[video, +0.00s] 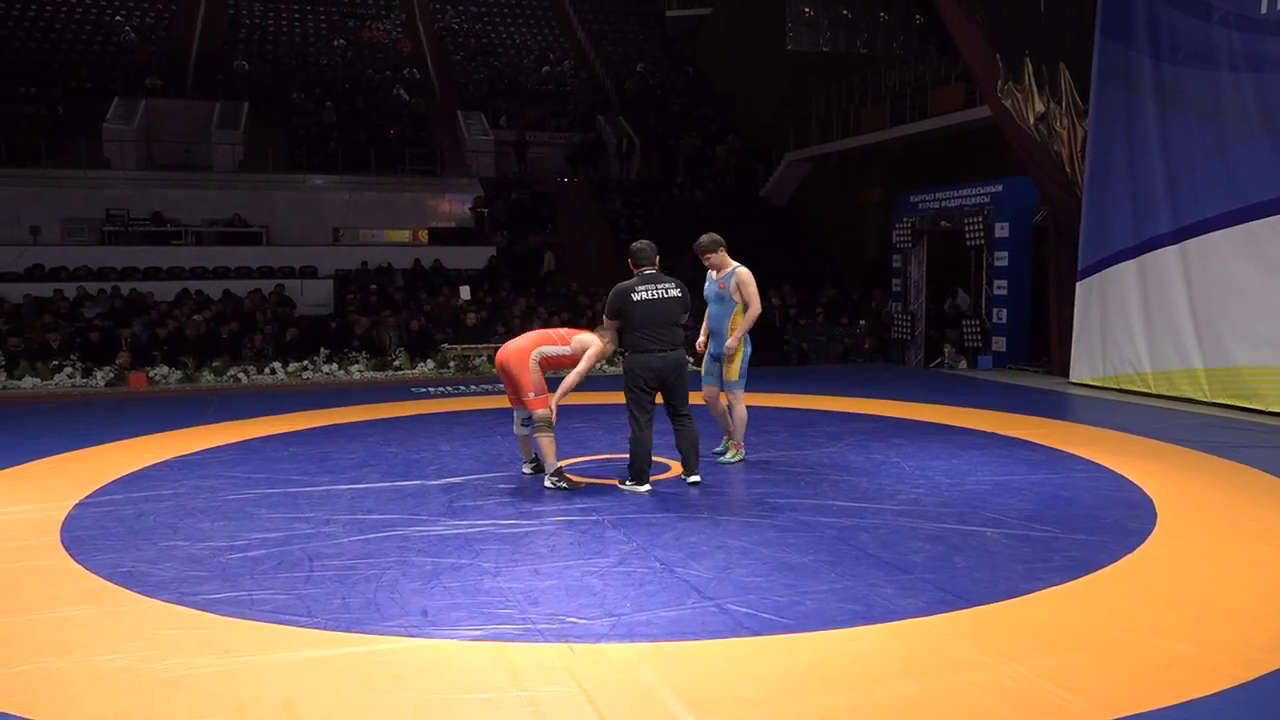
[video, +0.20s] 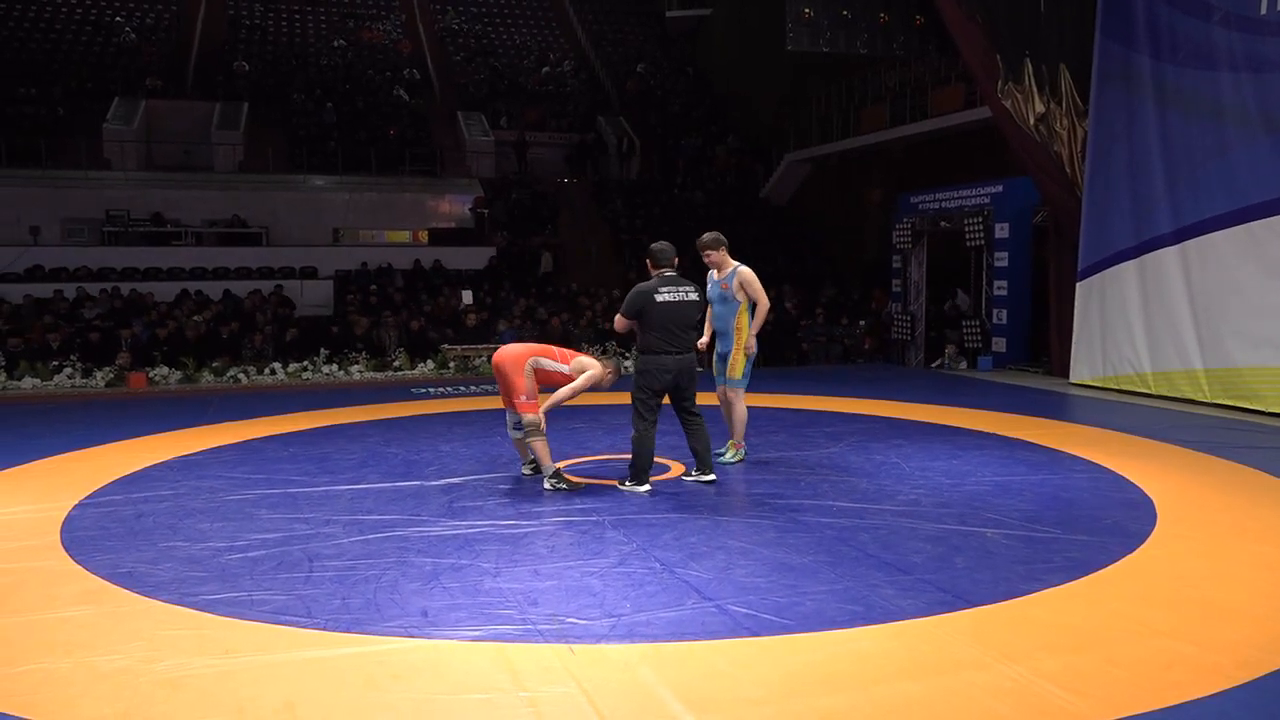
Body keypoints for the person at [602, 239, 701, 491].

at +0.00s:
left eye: (630, 262)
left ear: (631, 264)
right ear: (658, 262)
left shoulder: (621, 291)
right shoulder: (677, 287)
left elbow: (610, 323)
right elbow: (683, 319)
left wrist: (634, 318)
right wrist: (656, 315)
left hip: (639, 363)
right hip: (674, 361)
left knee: (640, 421)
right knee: (682, 414)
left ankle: (639, 479)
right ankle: (692, 471)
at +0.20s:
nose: (647, 265)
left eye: (648, 262)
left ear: (649, 264)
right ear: (676, 262)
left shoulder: (642, 291)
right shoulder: (693, 290)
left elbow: (619, 325)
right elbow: (695, 320)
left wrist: (642, 321)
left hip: (653, 364)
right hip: (686, 363)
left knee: (644, 422)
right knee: (691, 414)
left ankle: (639, 478)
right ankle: (706, 469)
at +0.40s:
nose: (667, 266)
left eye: (668, 262)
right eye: (668, 262)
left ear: (673, 262)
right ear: (695, 261)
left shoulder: (674, 289)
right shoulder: (710, 286)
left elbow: (658, 325)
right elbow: (690, 306)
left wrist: (640, 345)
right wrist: (670, 286)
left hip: (677, 362)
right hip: (704, 360)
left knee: (653, 416)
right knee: (700, 414)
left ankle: (639, 472)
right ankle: (705, 472)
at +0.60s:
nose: (682, 263)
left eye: (686, 258)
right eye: (681, 259)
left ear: (702, 257)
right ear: (701, 259)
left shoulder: (707, 282)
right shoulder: (710, 279)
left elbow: (711, 315)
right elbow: (692, 295)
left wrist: (685, 343)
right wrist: (672, 276)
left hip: (700, 355)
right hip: (713, 354)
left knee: (677, 411)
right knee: (708, 413)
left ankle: (665, 469)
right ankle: (707, 470)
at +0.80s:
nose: (708, 262)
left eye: (713, 256)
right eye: (704, 258)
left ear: (726, 257)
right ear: (701, 261)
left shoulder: (732, 278)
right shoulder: (711, 284)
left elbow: (748, 293)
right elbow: (705, 303)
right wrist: (687, 296)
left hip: (721, 354)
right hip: (708, 354)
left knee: (707, 411)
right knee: (713, 412)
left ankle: (722, 469)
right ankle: (713, 464)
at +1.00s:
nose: (730, 263)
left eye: (736, 257)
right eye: (726, 258)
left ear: (746, 259)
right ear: (720, 262)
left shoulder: (754, 280)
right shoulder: (723, 287)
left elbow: (775, 285)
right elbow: (708, 306)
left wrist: (785, 268)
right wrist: (704, 304)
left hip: (740, 357)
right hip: (722, 357)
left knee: (735, 415)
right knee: (721, 416)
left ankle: (782, 460)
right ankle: (714, 470)